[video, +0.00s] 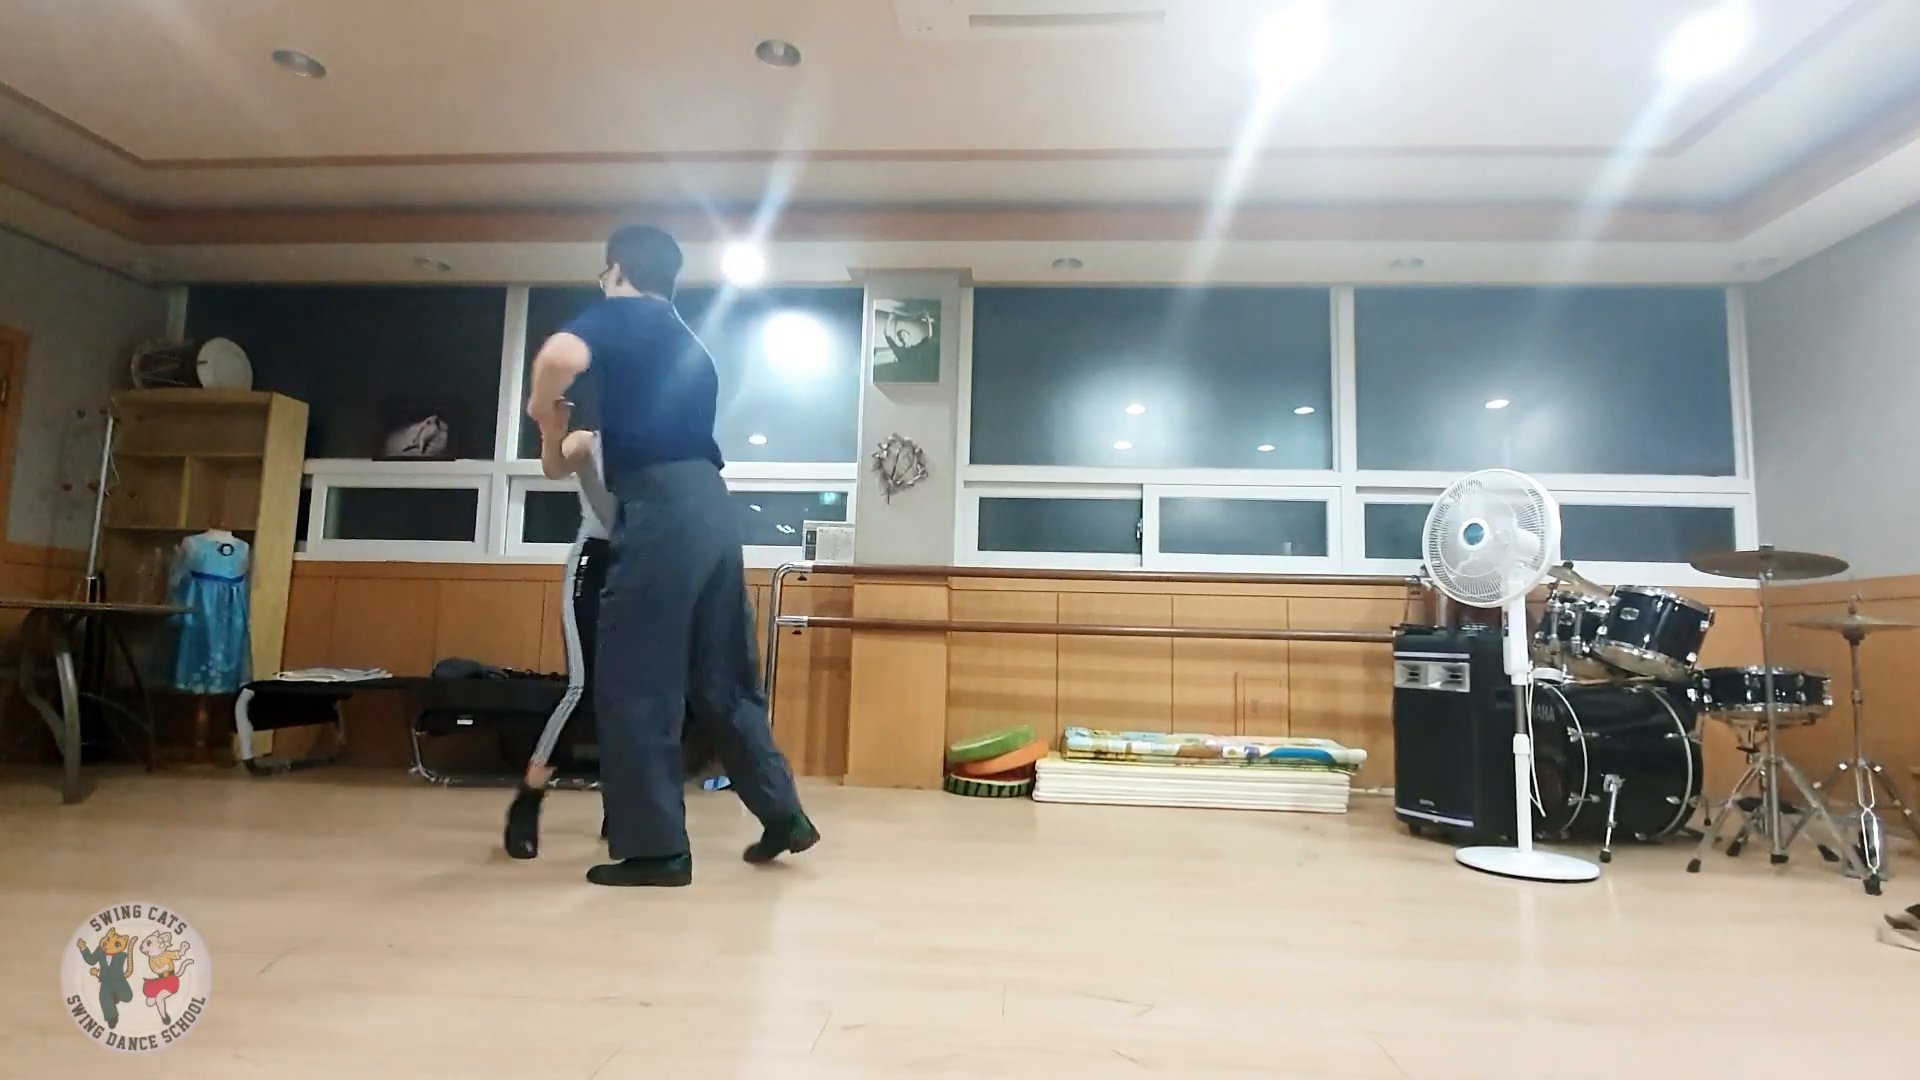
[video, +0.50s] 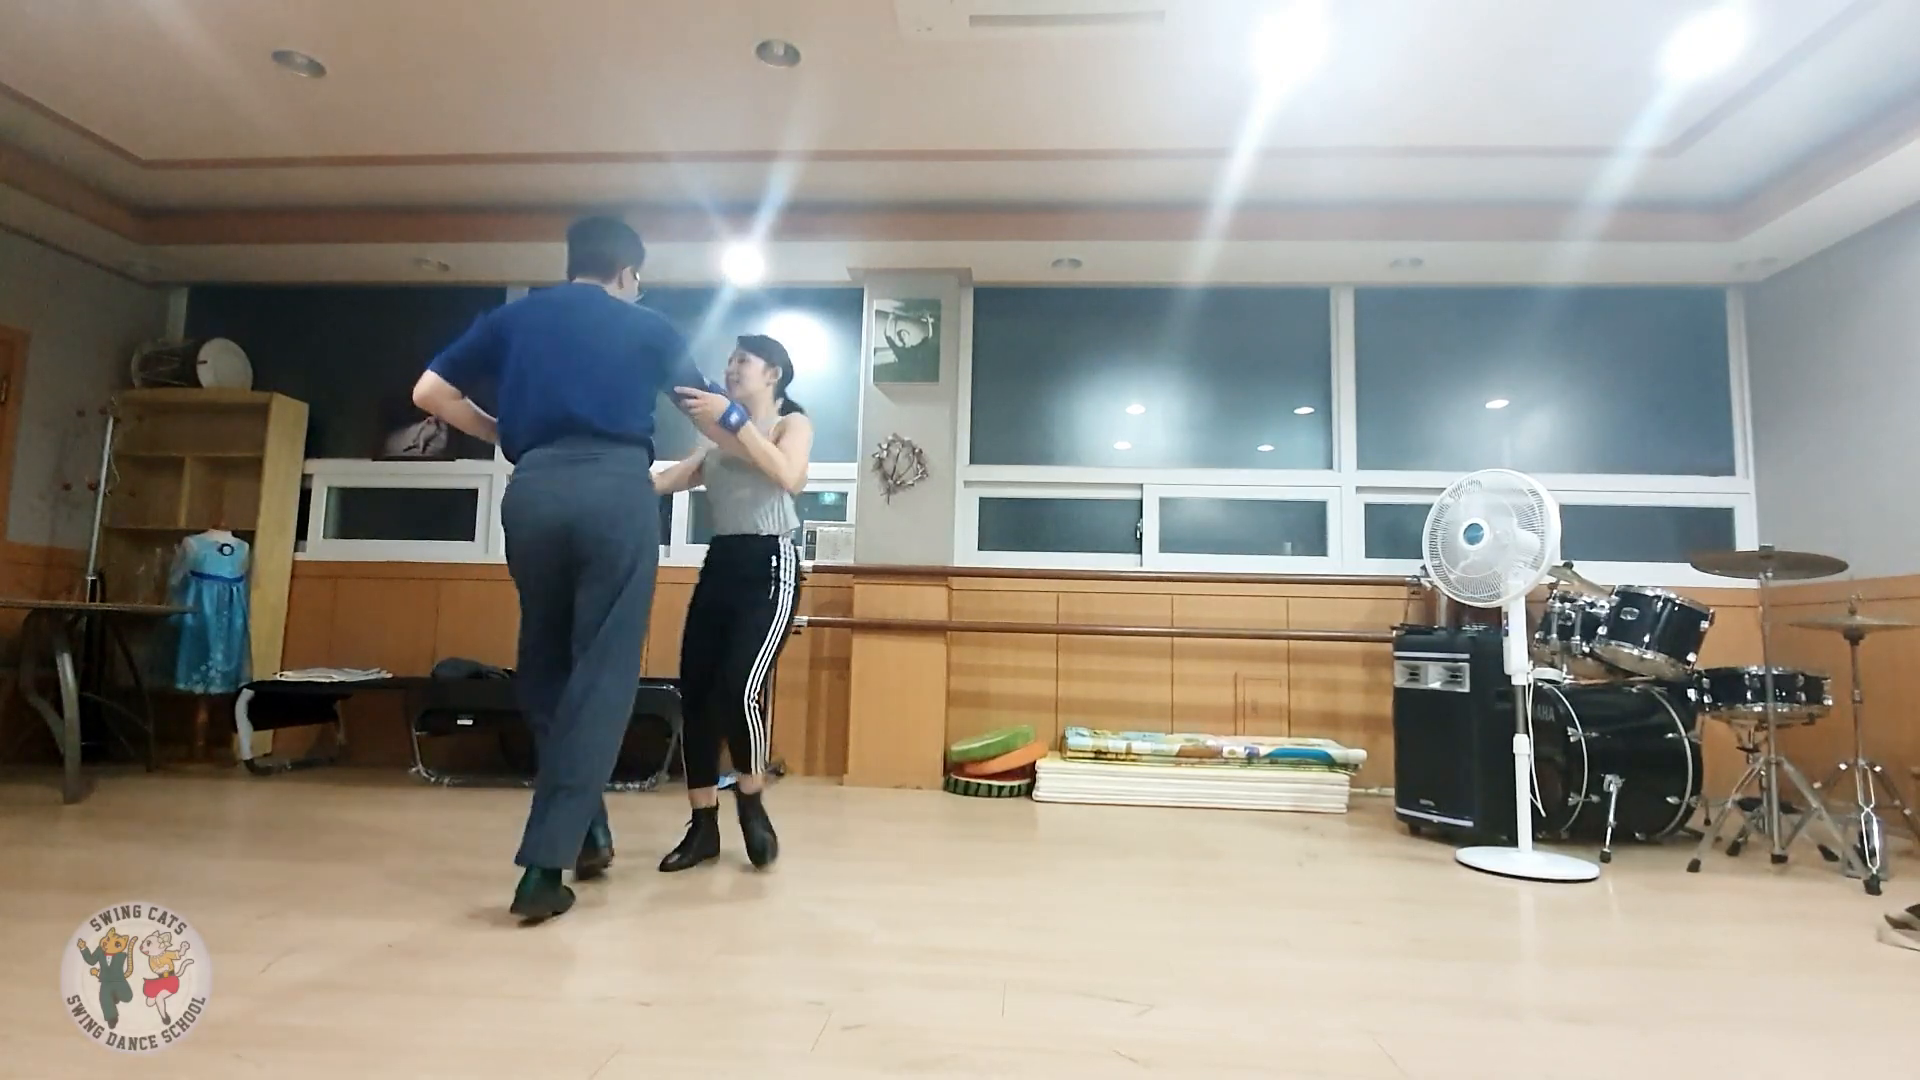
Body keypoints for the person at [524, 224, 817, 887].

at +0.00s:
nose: (601, 284)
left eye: (604, 274)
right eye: (605, 276)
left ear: (619, 273)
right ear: (668, 281)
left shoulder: (618, 315)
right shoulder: (688, 343)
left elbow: (555, 360)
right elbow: (657, 432)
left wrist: (549, 434)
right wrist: (580, 449)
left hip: (663, 508)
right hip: (713, 504)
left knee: (634, 682)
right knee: (723, 683)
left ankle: (654, 849)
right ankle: (784, 817)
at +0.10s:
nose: (607, 277)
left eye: (606, 267)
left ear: (605, 270)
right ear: (664, 275)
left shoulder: (584, 315)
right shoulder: (690, 346)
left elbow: (511, 358)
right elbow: (711, 446)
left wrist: (539, 429)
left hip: (630, 497)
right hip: (700, 498)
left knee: (610, 678)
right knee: (714, 678)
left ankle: (653, 850)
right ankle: (753, 821)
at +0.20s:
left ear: (596, 261)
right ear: (657, 272)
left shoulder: (560, 308)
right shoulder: (688, 342)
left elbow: (475, 359)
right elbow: (721, 447)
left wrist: (513, 415)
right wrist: (731, 472)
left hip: (602, 495)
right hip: (681, 500)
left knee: (599, 680)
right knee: (676, 679)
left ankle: (639, 845)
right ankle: (661, 824)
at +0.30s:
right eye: (645, 262)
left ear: (585, 260)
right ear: (648, 268)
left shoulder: (543, 309)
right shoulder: (680, 336)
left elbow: (449, 362)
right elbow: (720, 436)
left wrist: (508, 419)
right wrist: (753, 481)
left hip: (573, 489)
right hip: (656, 493)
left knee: (582, 674)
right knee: (639, 667)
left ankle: (631, 846)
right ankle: (561, 843)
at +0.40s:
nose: (646, 282)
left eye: (640, 274)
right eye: (646, 273)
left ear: (576, 263)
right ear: (637, 273)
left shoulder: (525, 308)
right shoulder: (667, 331)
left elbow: (434, 375)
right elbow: (719, 423)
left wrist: (501, 426)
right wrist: (676, 460)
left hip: (549, 486)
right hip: (635, 491)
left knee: (556, 676)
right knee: (608, 678)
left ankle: (603, 844)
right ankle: (542, 861)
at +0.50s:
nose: (640, 287)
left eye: (639, 280)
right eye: (640, 278)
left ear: (569, 267)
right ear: (626, 274)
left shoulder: (514, 315)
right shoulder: (647, 327)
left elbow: (431, 389)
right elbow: (706, 409)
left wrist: (504, 433)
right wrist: (745, 435)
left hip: (534, 486)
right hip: (617, 486)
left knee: (546, 662)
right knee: (603, 673)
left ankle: (588, 830)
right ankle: (542, 865)